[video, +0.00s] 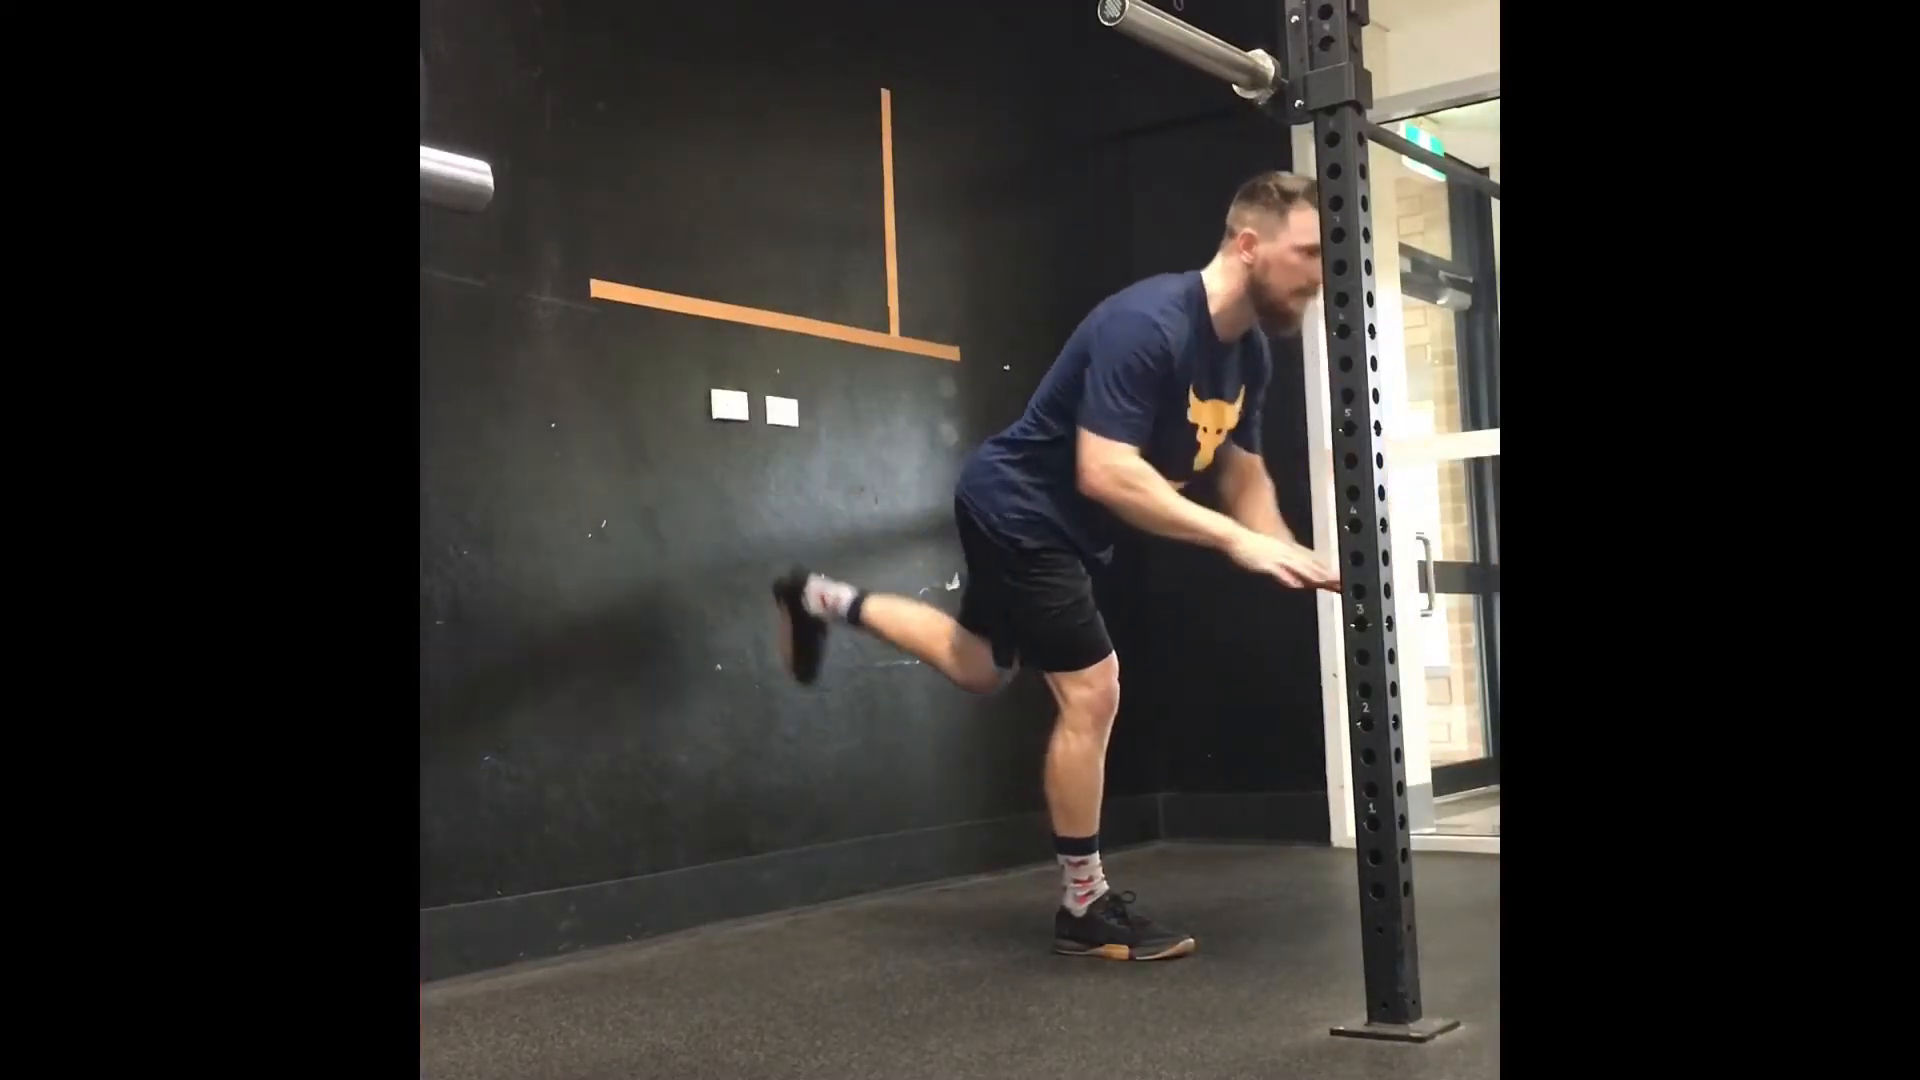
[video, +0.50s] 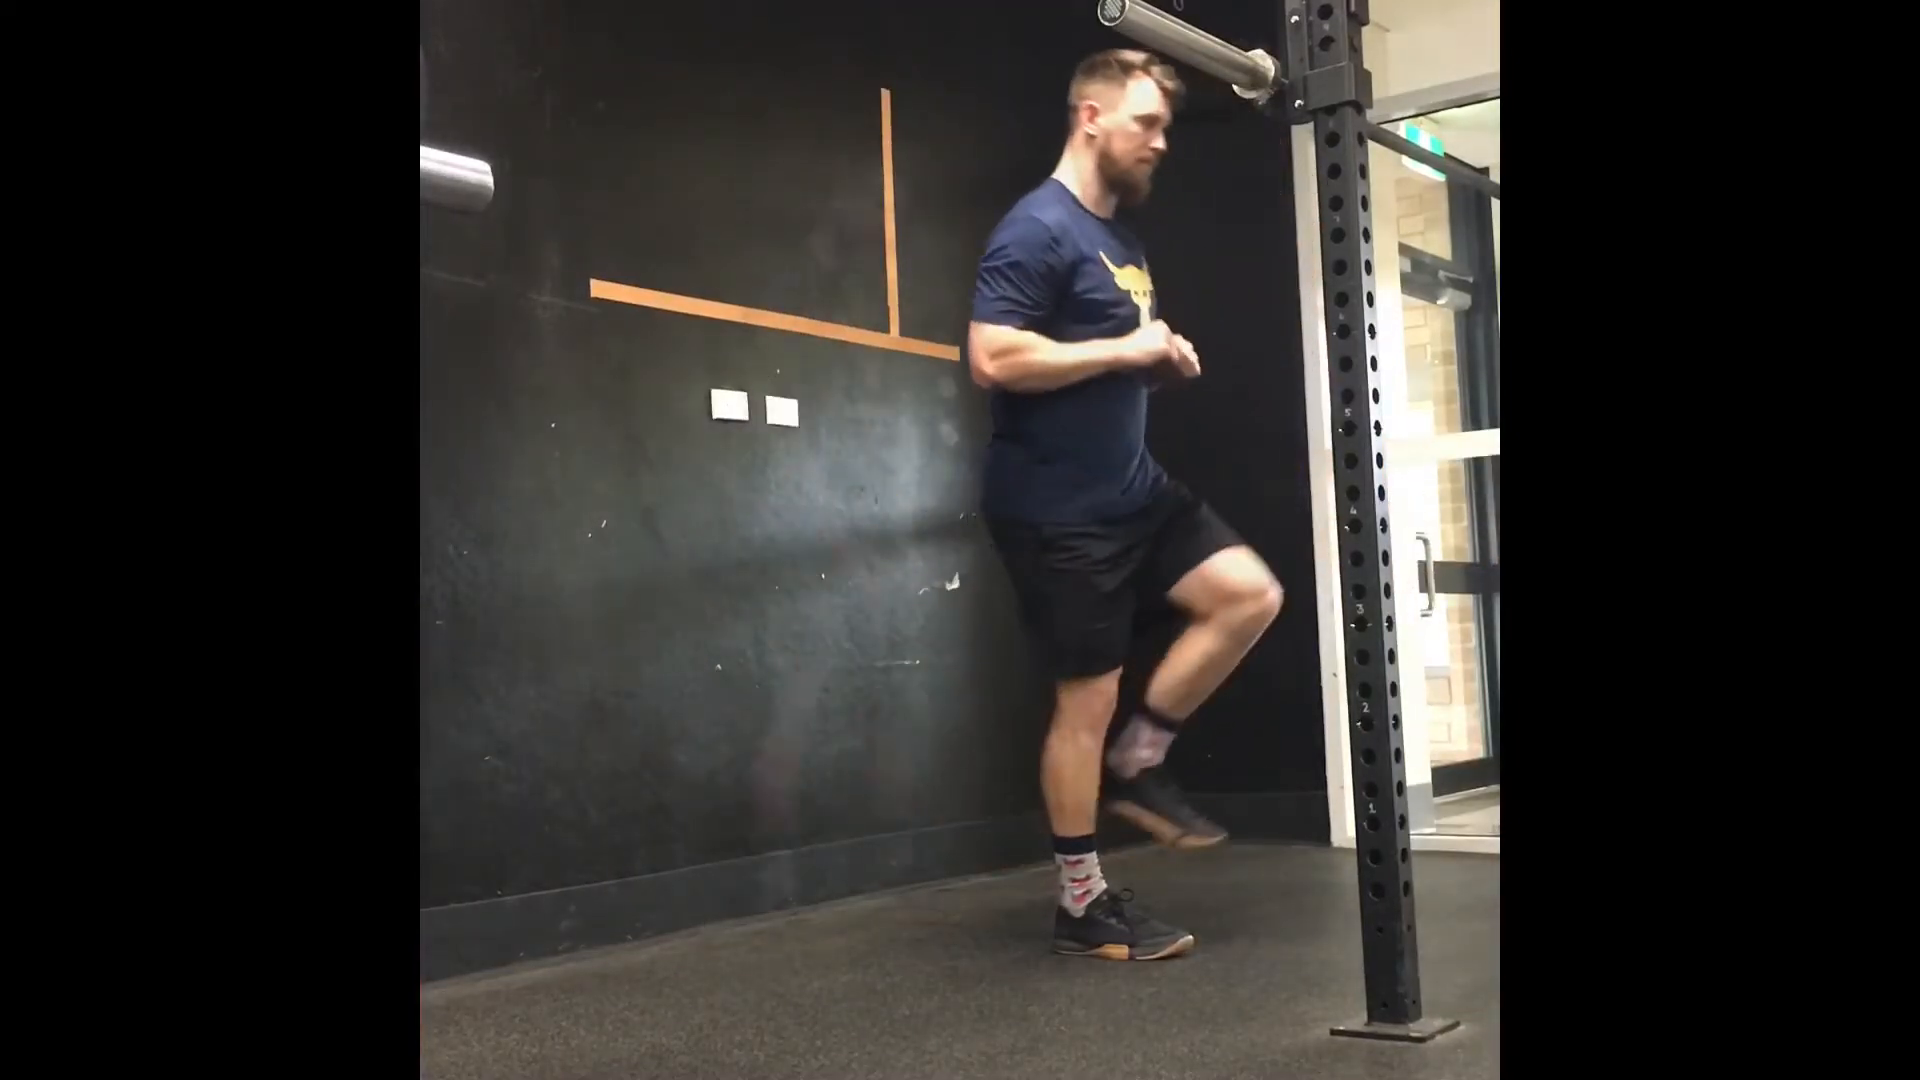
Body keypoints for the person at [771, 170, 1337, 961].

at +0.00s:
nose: (1317, 273)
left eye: (1321, 254)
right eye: (1306, 252)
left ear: (1266, 250)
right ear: (1246, 244)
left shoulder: (1248, 351)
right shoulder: (1144, 324)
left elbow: (1244, 476)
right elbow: (1105, 471)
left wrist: (1291, 558)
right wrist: (1236, 535)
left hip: (1069, 522)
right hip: (1013, 507)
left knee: (974, 662)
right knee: (1090, 691)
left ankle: (823, 598)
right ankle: (1083, 904)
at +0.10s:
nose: (1299, 242)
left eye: (1302, 224)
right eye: (1285, 222)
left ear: (1250, 225)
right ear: (1225, 217)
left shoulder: (1230, 331)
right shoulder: (1127, 305)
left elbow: (1207, 441)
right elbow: (1064, 443)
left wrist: (1234, 520)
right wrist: (1192, 513)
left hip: (1081, 525)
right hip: (1019, 509)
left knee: (1028, 694)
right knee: (1093, 690)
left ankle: (861, 666)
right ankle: (1084, 903)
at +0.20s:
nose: (1269, 209)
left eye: (1273, 192)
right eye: (1254, 189)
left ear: (1216, 192)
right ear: (1195, 184)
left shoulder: (1208, 299)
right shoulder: (1105, 281)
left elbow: (1184, 402)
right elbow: (1035, 412)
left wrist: (1203, 478)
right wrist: (1162, 469)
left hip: (1099, 517)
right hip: (1026, 511)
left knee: (1075, 694)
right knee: (1088, 695)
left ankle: (917, 732)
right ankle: (1083, 903)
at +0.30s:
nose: (1231, 177)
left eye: (1235, 161)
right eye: (1217, 157)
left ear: (1182, 160)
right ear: (1157, 152)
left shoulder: (1178, 271)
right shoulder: (1081, 258)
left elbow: (1137, 393)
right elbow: (1018, 388)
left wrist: (1195, 431)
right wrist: (1149, 424)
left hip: (1110, 514)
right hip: (1030, 515)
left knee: (1148, 682)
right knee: (1084, 698)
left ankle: (991, 777)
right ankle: (1082, 904)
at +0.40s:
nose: (1194, 153)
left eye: (1197, 137)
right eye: (1181, 134)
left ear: (1150, 138)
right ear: (1120, 128)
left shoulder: (1146, 250)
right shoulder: (1057, 236)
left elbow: (1116, 365)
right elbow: (1004, 367)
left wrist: (1171, 383)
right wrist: (1143, 380)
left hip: (1123, 505)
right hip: (1043, 514)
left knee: (1201, 644)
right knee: (1088, 698)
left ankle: (1069, 767)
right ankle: (1081, 903)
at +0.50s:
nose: (1161, 144)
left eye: (1165, 130)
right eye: (1147, 125)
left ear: (1126, 130)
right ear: (1090, 119)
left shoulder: (1117, 228)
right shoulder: (1034, 228)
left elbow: (1095, 348)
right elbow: (994, 358)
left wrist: (1157, 354)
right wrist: (1127, 348)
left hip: (1135, 491)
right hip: (1057, 510)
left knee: (1246, 599)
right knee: (1087, 701)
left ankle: (1132, 765)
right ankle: (1078, 900)